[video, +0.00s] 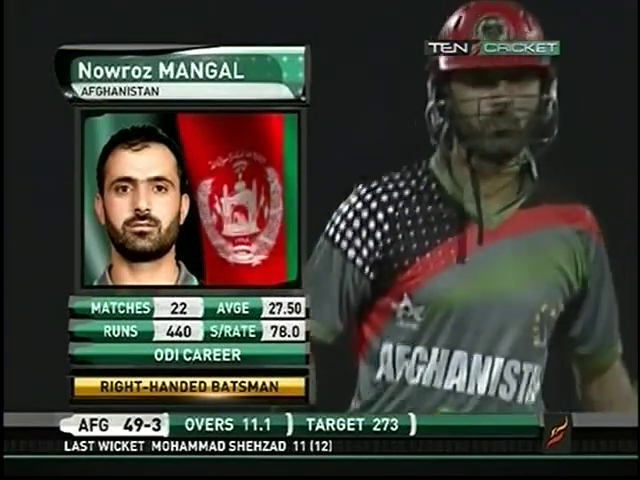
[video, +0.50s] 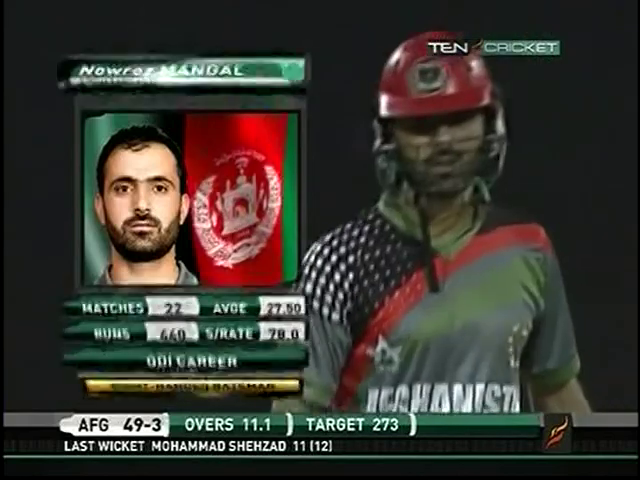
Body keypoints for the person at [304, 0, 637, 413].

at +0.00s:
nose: (504, 98)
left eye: (520, 79)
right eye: (482, 81)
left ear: (546, 91)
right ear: (442, 93)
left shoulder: (573, 230)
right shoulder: (376, 212)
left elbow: (602, 374)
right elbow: (295, 349)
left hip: (512, 476)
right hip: (383, 470)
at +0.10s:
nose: (492, 101)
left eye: (510, 82)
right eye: (470, 84)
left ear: (536, 98)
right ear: (433, 99)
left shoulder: (563, 237)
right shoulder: (369, 221)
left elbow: (588, 385)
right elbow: (295, 362)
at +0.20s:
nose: (482, 110)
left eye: (499, 90)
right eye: (460, 92)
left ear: (527, 105)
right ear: (424, 106)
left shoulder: (554, 244)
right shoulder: (362, 228)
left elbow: (576, 392)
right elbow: (297, 377)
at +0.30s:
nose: (474, 123)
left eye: (491, 102)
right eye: (451, 105)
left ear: (519, 112)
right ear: (417, 116)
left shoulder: (549, 248)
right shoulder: (356, 237)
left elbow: (571, 396)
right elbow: (297, 388)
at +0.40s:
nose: (461, 131)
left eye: (477, 112)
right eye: (439, 116)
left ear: (507, 120)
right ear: (405, 127)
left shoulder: (541, 249)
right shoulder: (347, 249)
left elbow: (567, 396)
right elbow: (301, 405)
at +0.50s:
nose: (443, 140)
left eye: (460, 120)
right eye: (420, 124)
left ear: (489, 126)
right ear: (388, 135)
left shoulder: (527, 248)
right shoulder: (336, 262)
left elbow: (557, 389)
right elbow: (301, 416)